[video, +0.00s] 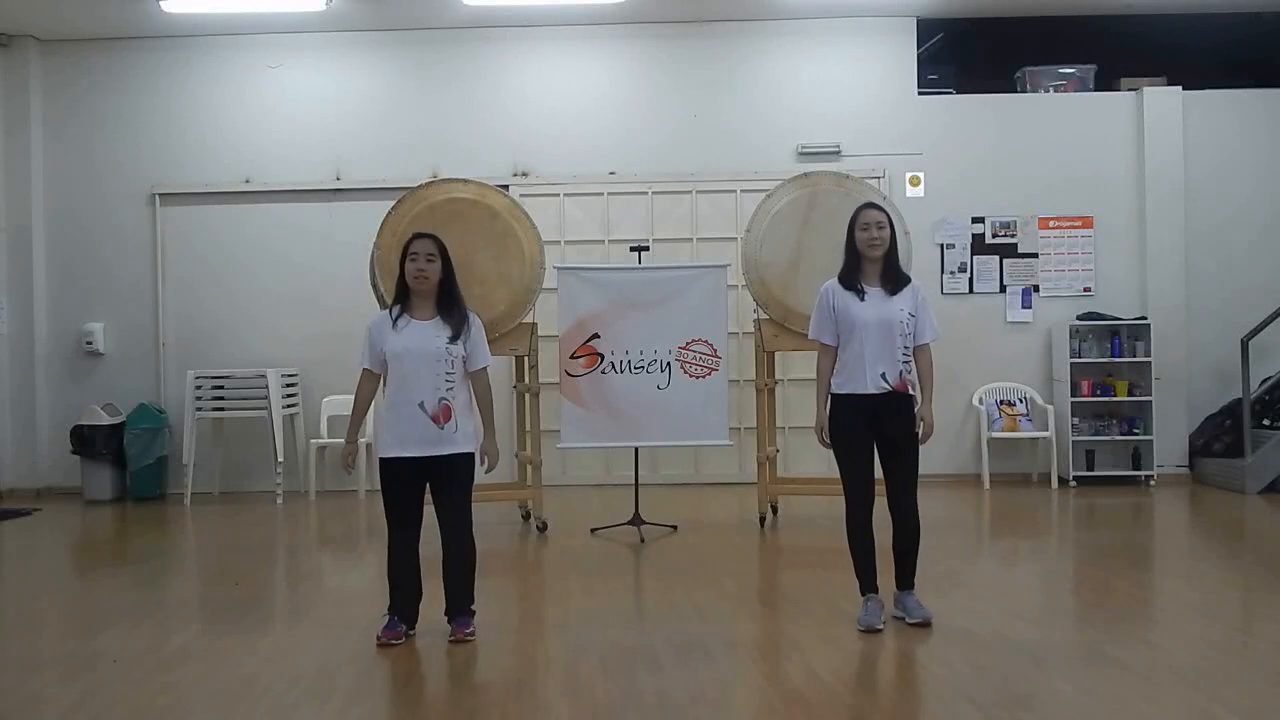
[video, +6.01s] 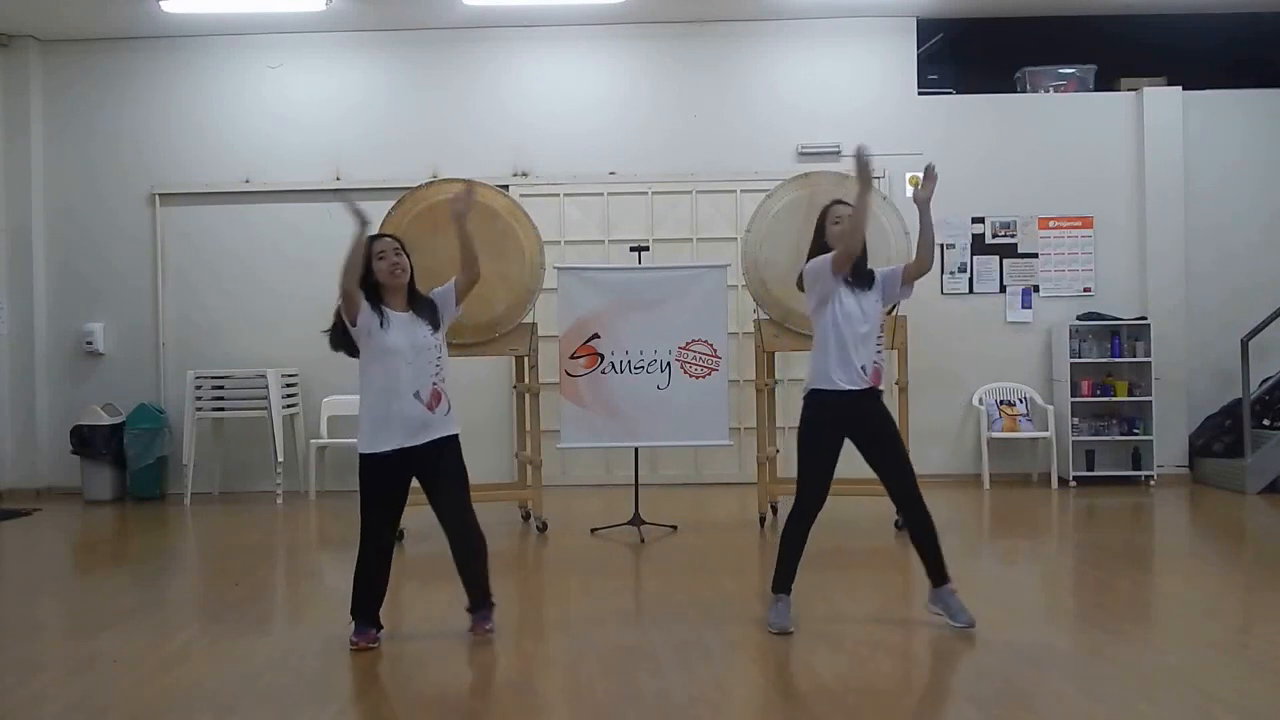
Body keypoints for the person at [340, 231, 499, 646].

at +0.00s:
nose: (421, 265)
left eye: (430, 259)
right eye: (413, 258)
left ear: (444, 269)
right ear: (403, 268)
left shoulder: (465, 323)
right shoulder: (383, 325)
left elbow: (479, 378)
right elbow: (369, 379)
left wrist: (489, 433)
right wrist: (351, 437)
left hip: (454, 449)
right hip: (399, 451)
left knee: (457, 535)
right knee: (402, 537)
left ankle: (461, 615)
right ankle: (401, 616)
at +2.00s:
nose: (443, 269)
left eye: (453, 262)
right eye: (436, 262)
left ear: (467, 270)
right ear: (426, 270)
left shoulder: (487, 326)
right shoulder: (404, 324)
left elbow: (501, 386)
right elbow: (393, 385)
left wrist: (514, 439)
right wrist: (381, 437)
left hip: (471, 449)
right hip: (416, 449)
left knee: (467, 535)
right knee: (421, 537)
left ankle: (461, 615)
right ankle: (424, 615)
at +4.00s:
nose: (370, 266)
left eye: (375, 259)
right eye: (358, 264)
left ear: (387, 269)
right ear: (347, 281)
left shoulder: (416, 318)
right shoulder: (337, 327)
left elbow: (467, 318)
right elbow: (291, 339)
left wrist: (501, 279)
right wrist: (258, 313)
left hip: (411, 449)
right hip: (355, 454)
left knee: (426, 531)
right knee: (356, 544)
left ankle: (422, 600)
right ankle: (359, 620)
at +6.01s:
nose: (392, 259)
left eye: (397, 252)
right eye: (382, 256)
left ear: (410, 264)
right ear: (371, 271)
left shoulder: (434, 310)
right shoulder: (365, 318)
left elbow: (469, 274)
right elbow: (348, 287)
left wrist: (461, 222)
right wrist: (360, 234)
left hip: (437, 438)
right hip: (382, 445)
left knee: (462, 526)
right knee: (375, 537)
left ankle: (481, 608)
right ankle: (366, 622)